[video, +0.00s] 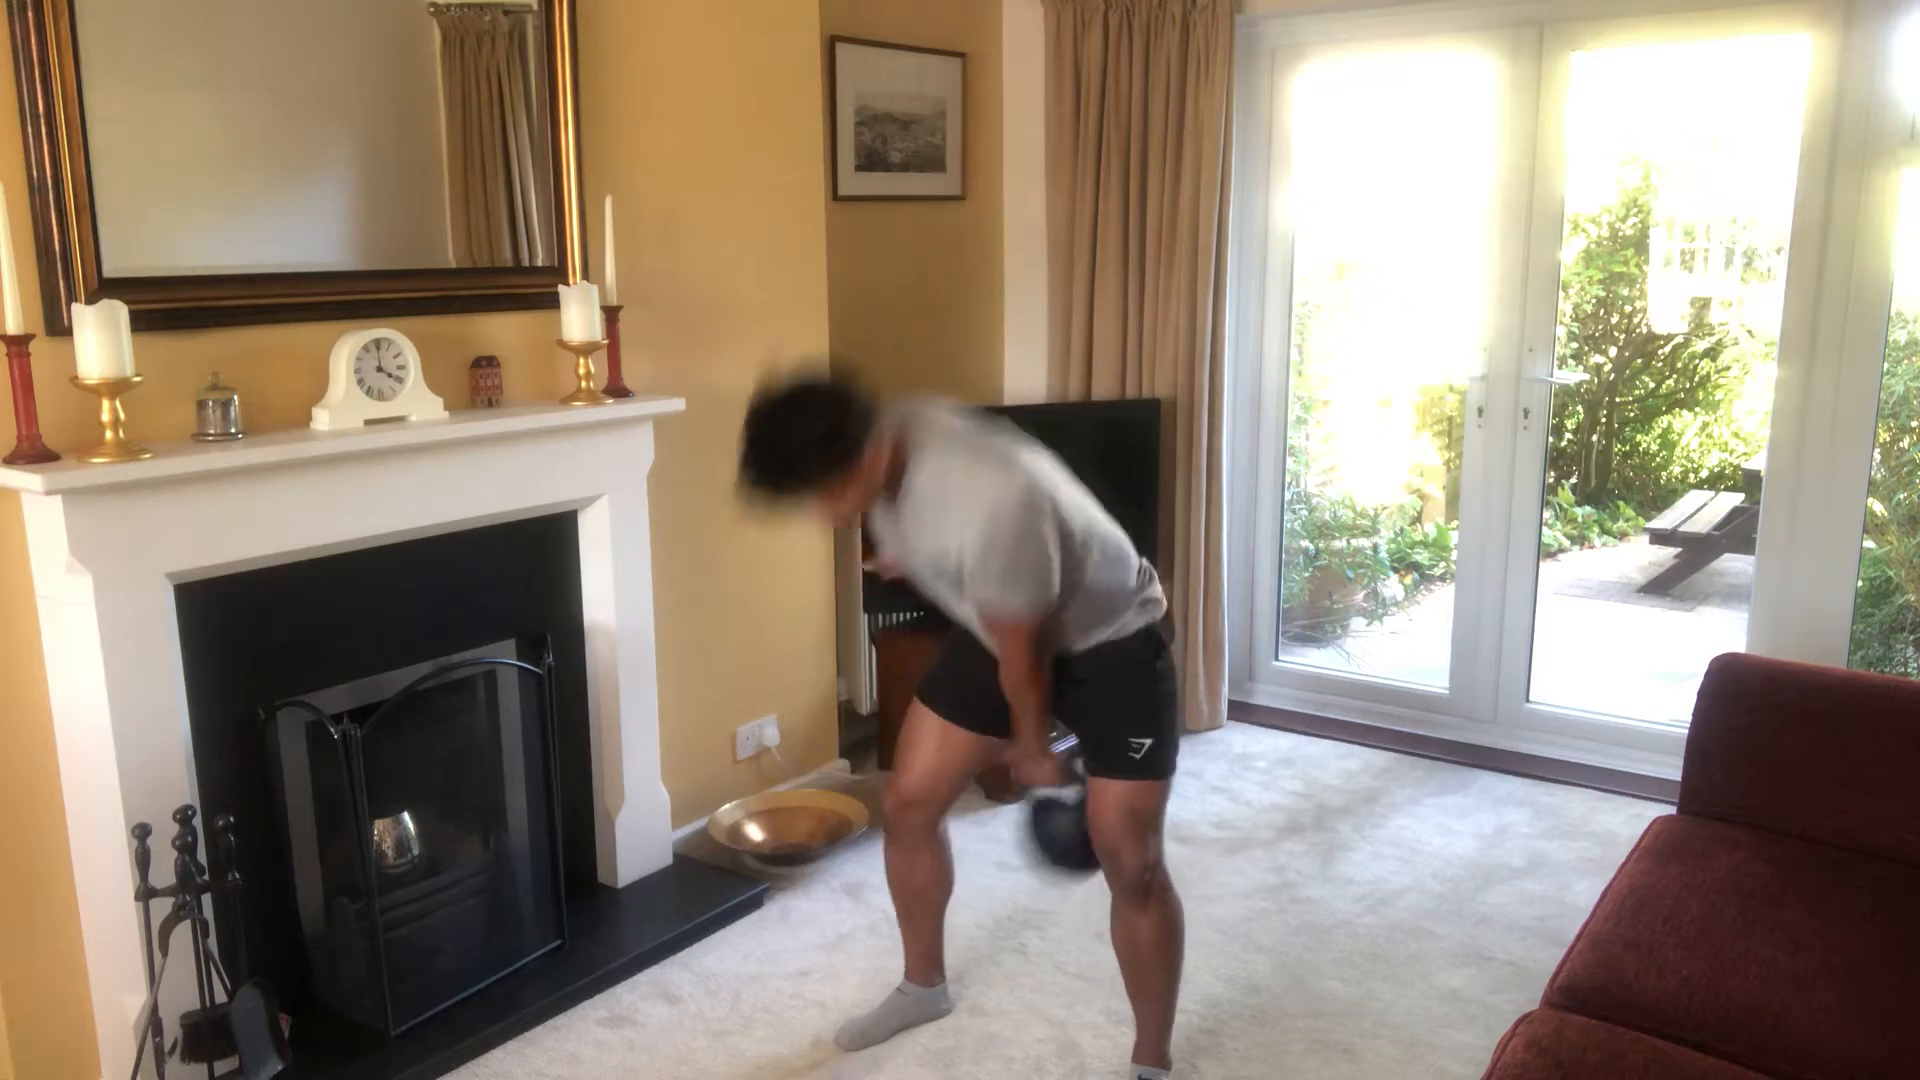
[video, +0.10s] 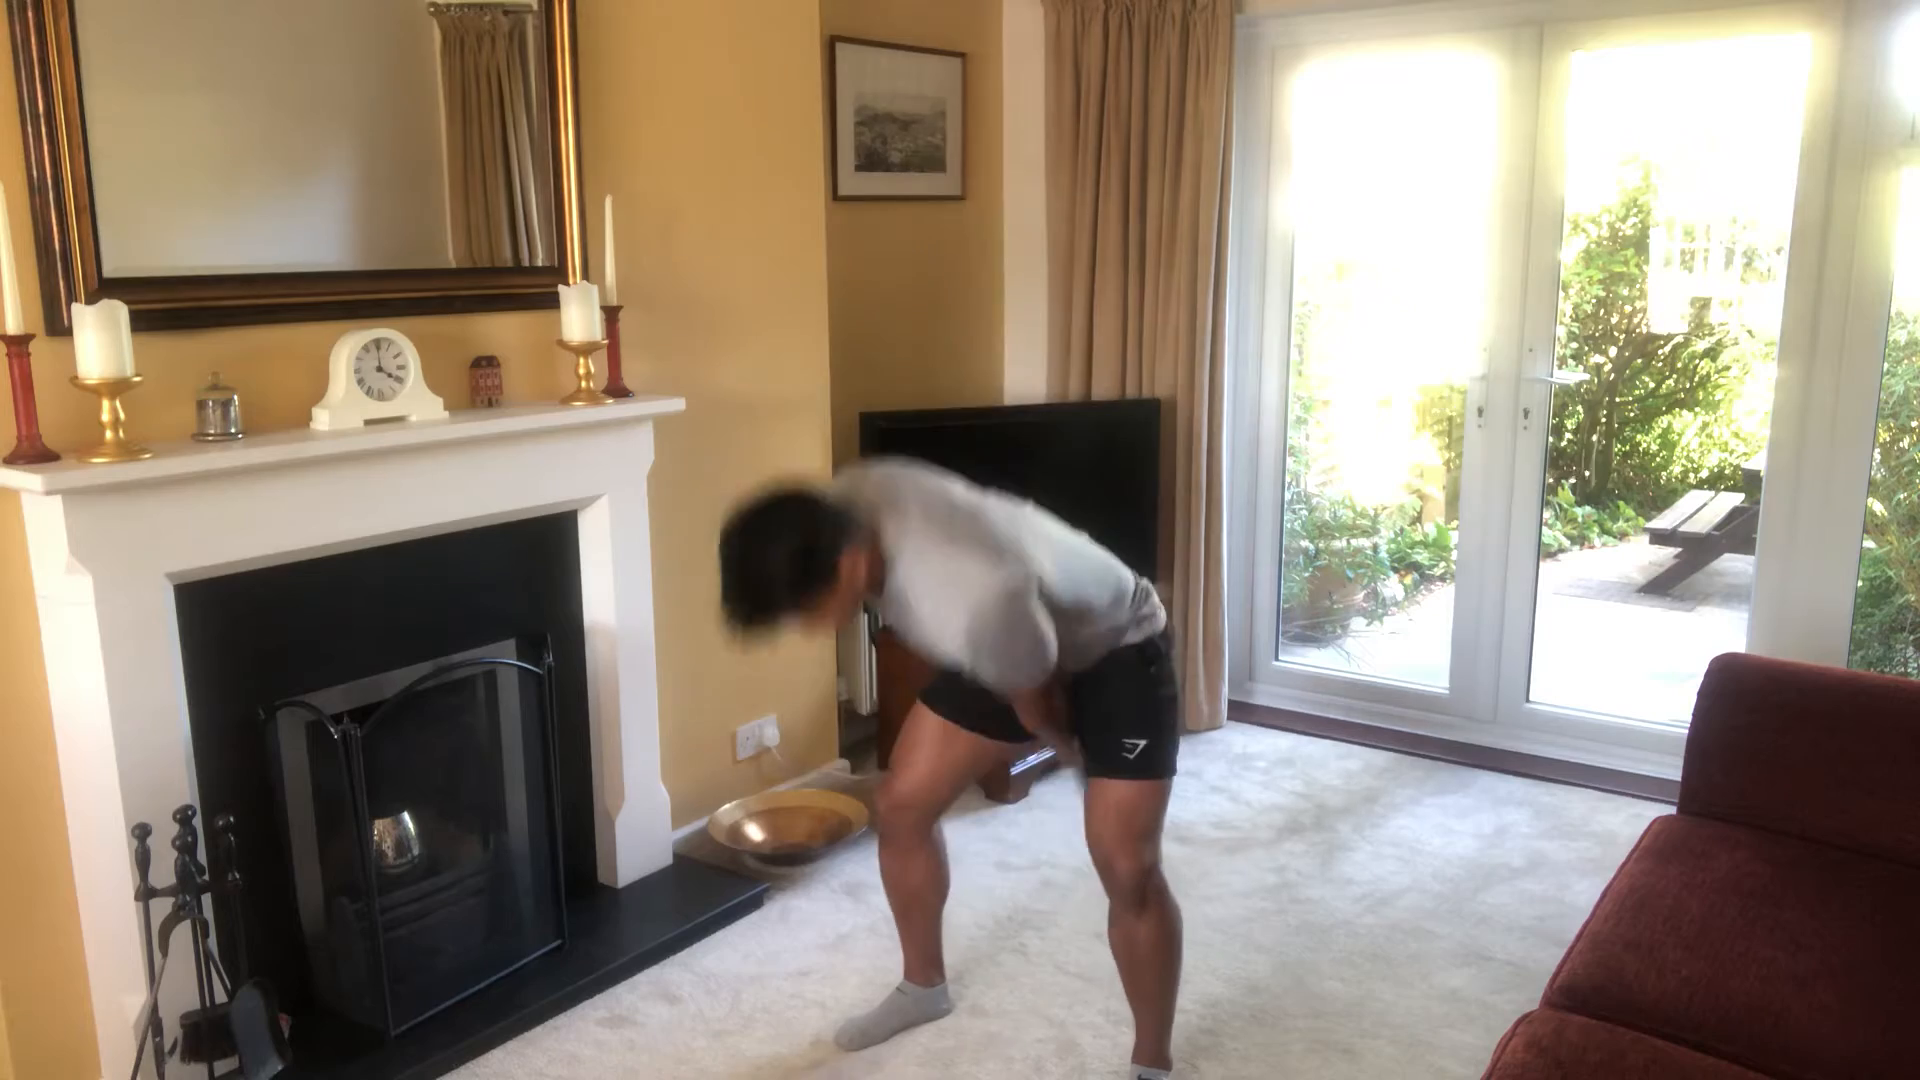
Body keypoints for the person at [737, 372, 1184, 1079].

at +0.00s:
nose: (823, 510)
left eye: (820, 493)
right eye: (810, 499)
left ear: (851, 461)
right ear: (852, 446)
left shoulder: (992, 499)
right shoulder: (887, 442)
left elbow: (1021, 654)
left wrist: (1034, 754)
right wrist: (906, 560)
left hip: (1110, 636)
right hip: (995, 626)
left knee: (1130, 861)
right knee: (909, 802)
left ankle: (1153, 1063)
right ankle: (924, 985)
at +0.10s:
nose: (812, 626)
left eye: (810, 609)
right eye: (796, 617)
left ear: (847, 565)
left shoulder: (974, 601)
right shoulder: (857, 488)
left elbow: (1038, 703)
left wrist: (1065, 747)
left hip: (1117, 642)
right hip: (1012, 636)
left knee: (1129, 868)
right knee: (901, 808)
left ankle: (1152, 1062)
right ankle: (924, 985)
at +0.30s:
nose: (821, 621)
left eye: (819, 600)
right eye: (807, 608)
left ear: (859, 558)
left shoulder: (979, 601)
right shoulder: (867, 494)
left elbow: (1046, 716)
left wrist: (1069, 748)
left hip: (1121, 643)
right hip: (1013, 636)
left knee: (1128, 864)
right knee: (904, 805)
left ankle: (1154, 1063)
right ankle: (924, 985)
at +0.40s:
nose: (829, 462)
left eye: (833, 439)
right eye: (817, 445)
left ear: (884, 406)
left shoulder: (997, 481)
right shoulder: (878, 440)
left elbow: (1031, 634)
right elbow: (897, 512)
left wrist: (1053, 739)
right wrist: (900, 587)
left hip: (1116, 627)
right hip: (1005, 625)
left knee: (1132, 857)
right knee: (920, 798)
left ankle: (1155, 1058)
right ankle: (924, 983)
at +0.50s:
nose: (878, 313)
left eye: (891, 289)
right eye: (867, 295)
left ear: (946, 266)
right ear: (865, 289)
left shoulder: (1037, 359)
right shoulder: (905, 350)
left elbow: (1011, 548)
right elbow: (908, 463)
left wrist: (995, 699)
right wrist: (881, 574)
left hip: (1100, 604)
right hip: (989, 598)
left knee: (1128, 840)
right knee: (937, 790)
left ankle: (1156, 1057)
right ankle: (926, 982)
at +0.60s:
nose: (938, 252)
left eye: (955, 228)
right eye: (926, 234)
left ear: (1010, 213)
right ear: (917, 232)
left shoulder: (1077, 311)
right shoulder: (938, 323)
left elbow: (1009, 471)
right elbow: (916, 454)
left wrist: (939, 624)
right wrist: (857, 563)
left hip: (1089, 609)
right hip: (980, 605)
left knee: (1116, 833)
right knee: (951, 800)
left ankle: (1151, 1055)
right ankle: (927, 982)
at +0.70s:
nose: (971, 239)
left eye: (988, 216)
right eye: (958, 220)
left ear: (1042, 204)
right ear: (948, 220)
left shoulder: (1104, 310)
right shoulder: (952, 325)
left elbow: (1014, 419)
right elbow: (918, 452)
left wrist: (900, 520)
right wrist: (869, 549)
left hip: (1081, 612)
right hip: (968, 602)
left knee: (1110, 835)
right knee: (958, 803)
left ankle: (1152, 1054)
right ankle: (927, 982)